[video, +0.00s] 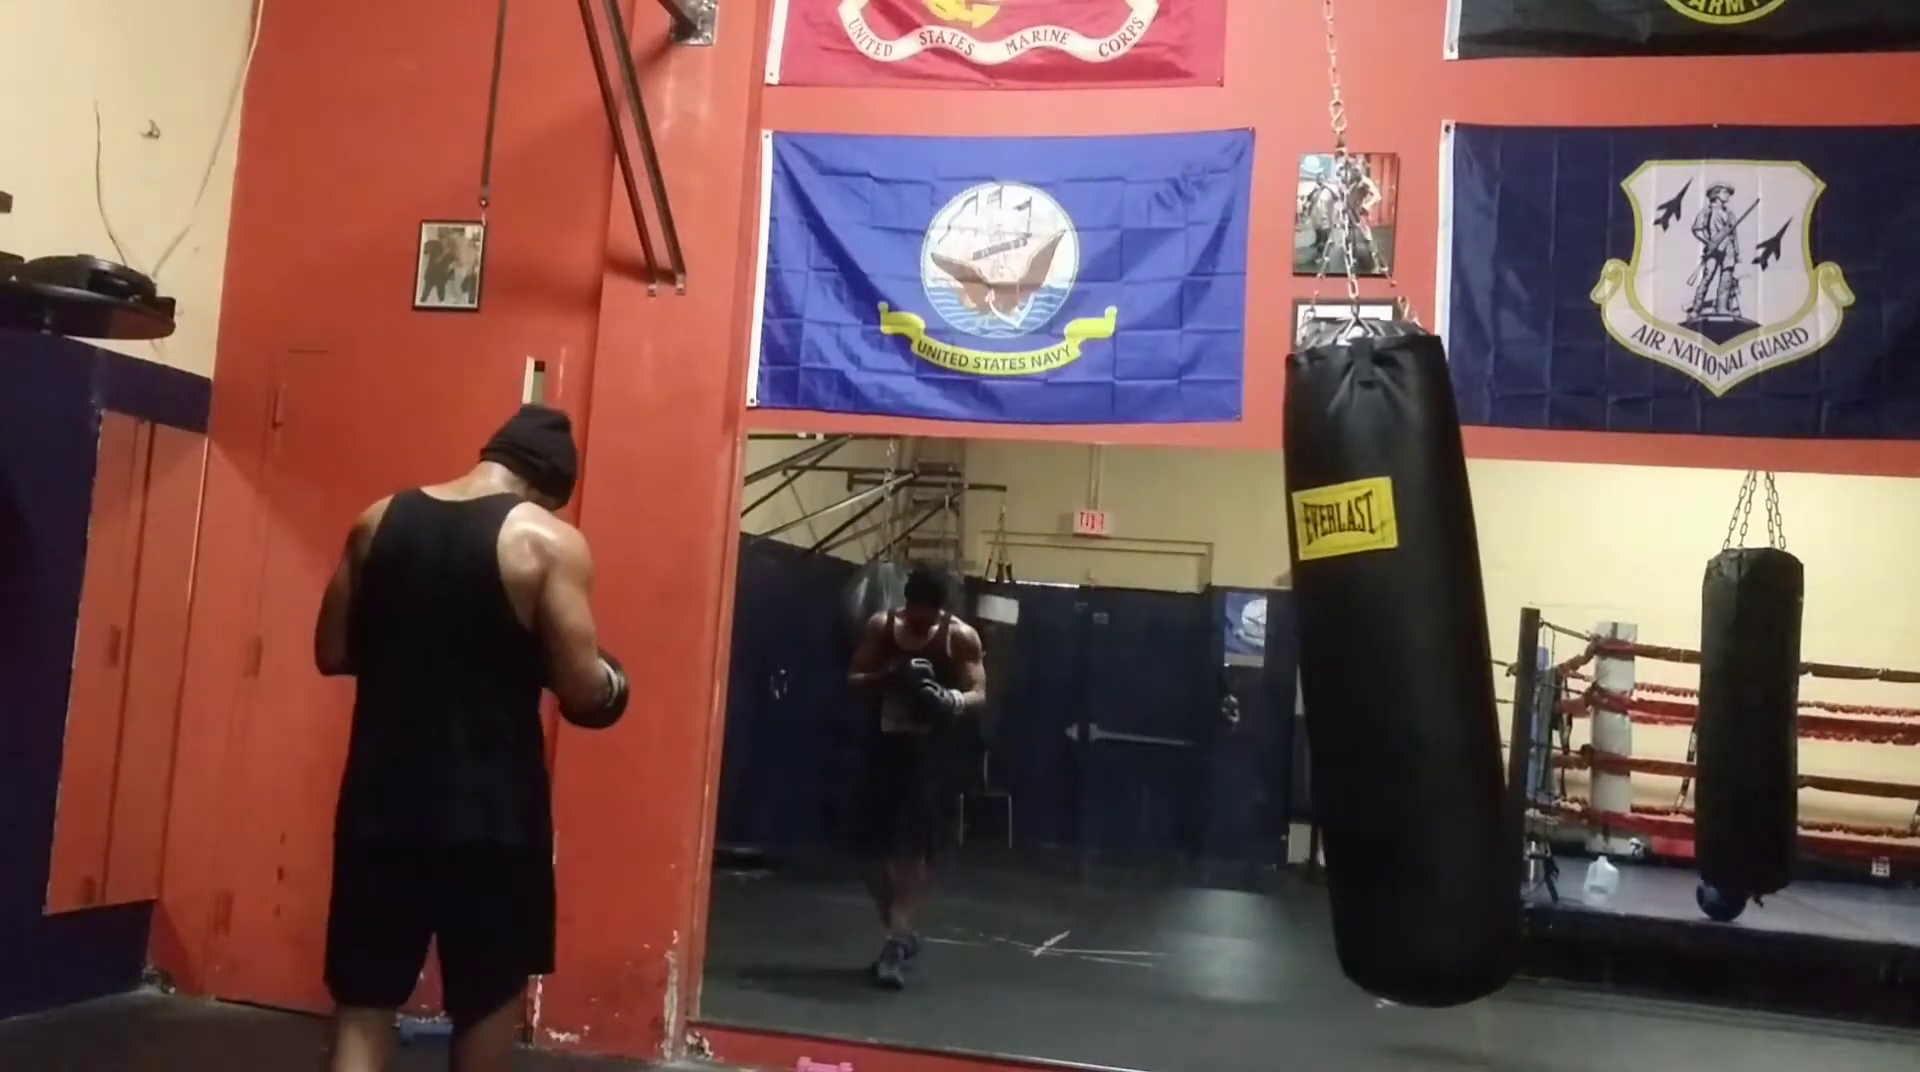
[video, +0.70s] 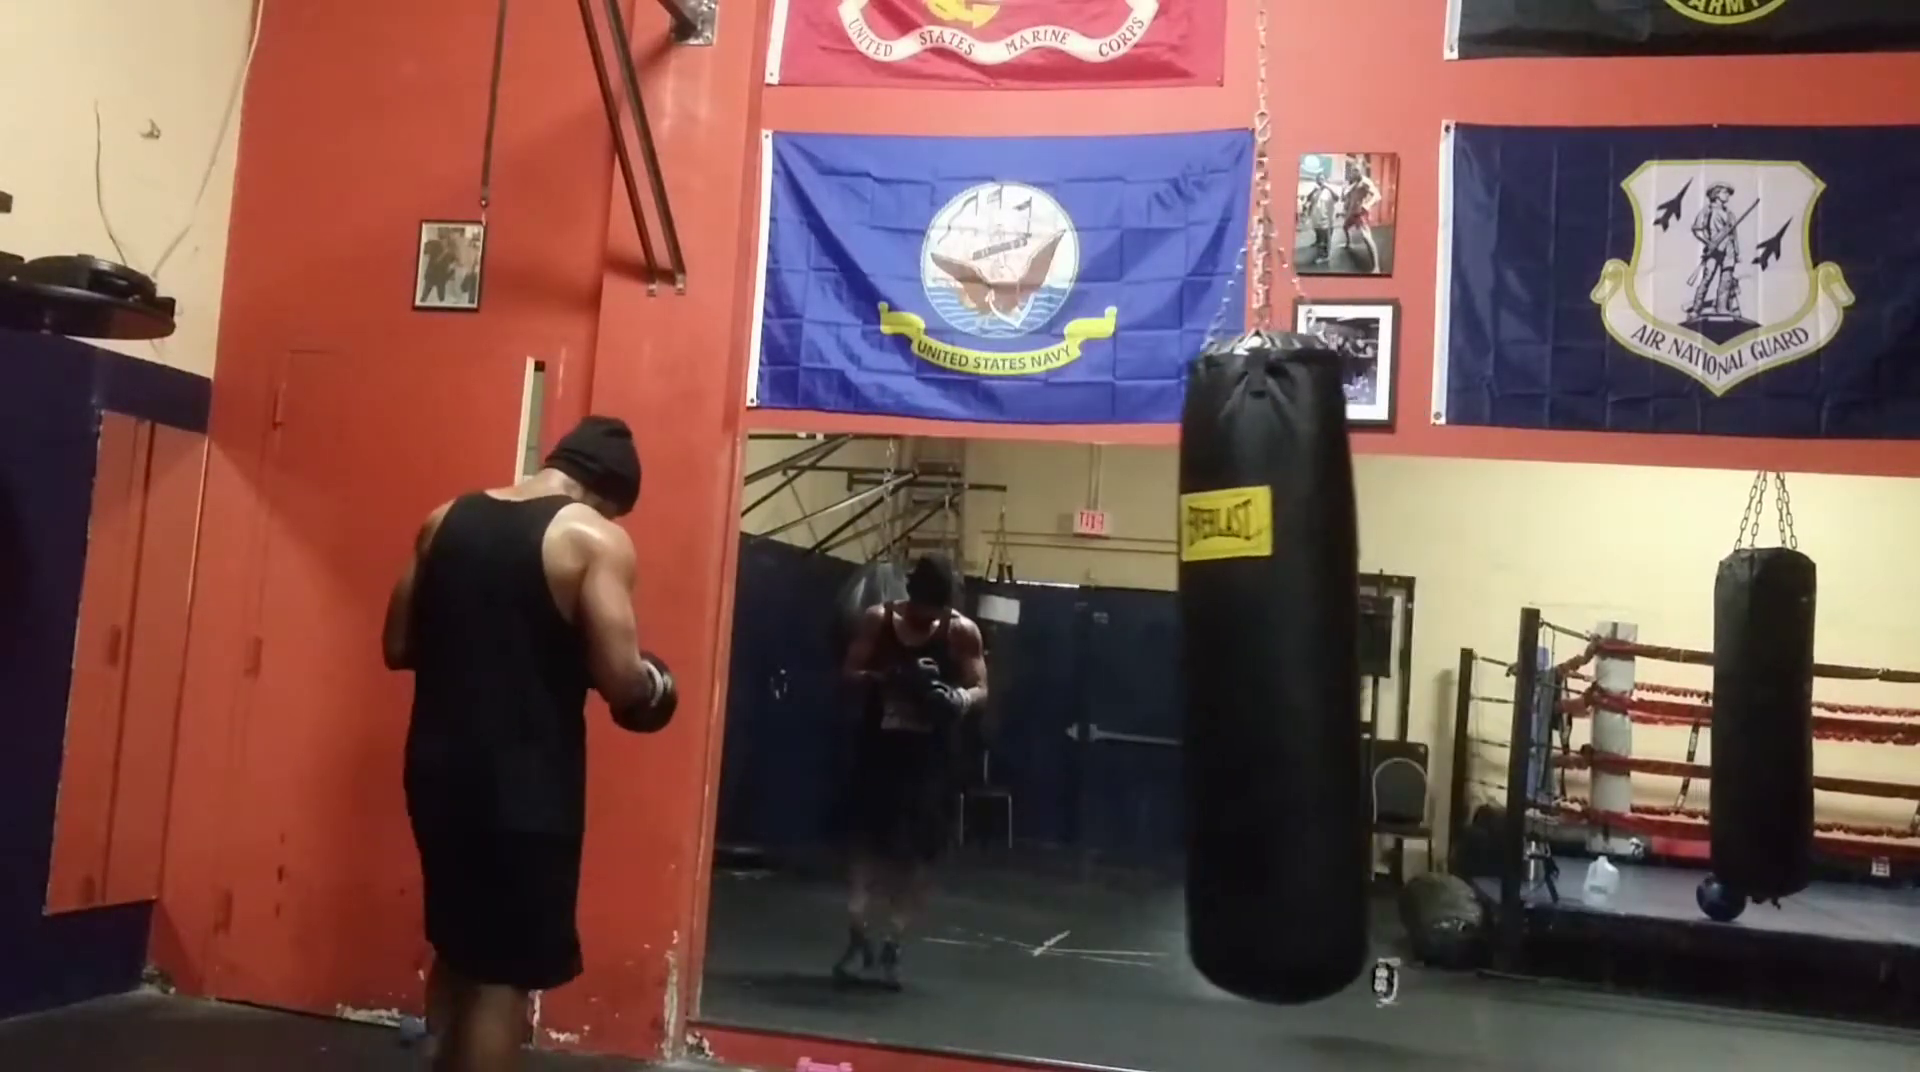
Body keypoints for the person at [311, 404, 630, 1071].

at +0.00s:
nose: (559, 503)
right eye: (561, 492)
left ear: (490, 455)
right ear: (557, 482)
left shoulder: (381, 518)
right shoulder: (550, 541)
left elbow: (333, 653)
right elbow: (582, 694)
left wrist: (417, 635)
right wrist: (612, 686)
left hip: (381, 806)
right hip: (492, 816)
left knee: (362, 1014)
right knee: (489, 1019)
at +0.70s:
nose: (609, 520)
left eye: (612, 509)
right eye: (615, 509)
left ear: (553, 462)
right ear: (614, 493)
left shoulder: (447, 518)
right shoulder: (597, 538)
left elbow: (399, 648)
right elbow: (622, 681)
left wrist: (482, 629)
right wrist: (651, 691)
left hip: (438, 774)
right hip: (527, 786)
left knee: (455, 963)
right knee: (503, 983)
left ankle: (444, 1057)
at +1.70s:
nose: (659, 543)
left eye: (665, 531)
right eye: (663, 529)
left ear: (602, 491)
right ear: (648, 508)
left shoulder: (512, 541)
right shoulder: (626, 555)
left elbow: (461, 661)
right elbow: (642, 680)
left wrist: (555, 641)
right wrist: (687, 695)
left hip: (490, 786)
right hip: (576, 791)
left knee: (512, 961)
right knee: (605, 950)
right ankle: (525, 1061)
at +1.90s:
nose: (674, 542)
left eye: (681, 530)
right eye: (678, 528)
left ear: (620, 492)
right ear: (659, 508)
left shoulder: (532, 540)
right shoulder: (635, 554)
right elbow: (647, 672)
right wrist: (698, 692)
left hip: (508, 766)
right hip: (591, 771)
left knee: (528, 933)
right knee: (664, 919)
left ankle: (514, 1063)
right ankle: (589, 1052)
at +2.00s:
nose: (688, 539)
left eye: (695, 527)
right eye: (692, 525)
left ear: (634, 489)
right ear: (674, 507)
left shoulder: (551, 538)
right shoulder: (640, 550)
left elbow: (566, 644)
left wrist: (660, 636)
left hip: (518, 767)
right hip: (599, 774)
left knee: (527, 943)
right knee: (655, 932)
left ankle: (513, 1065)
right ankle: (646, 1064)